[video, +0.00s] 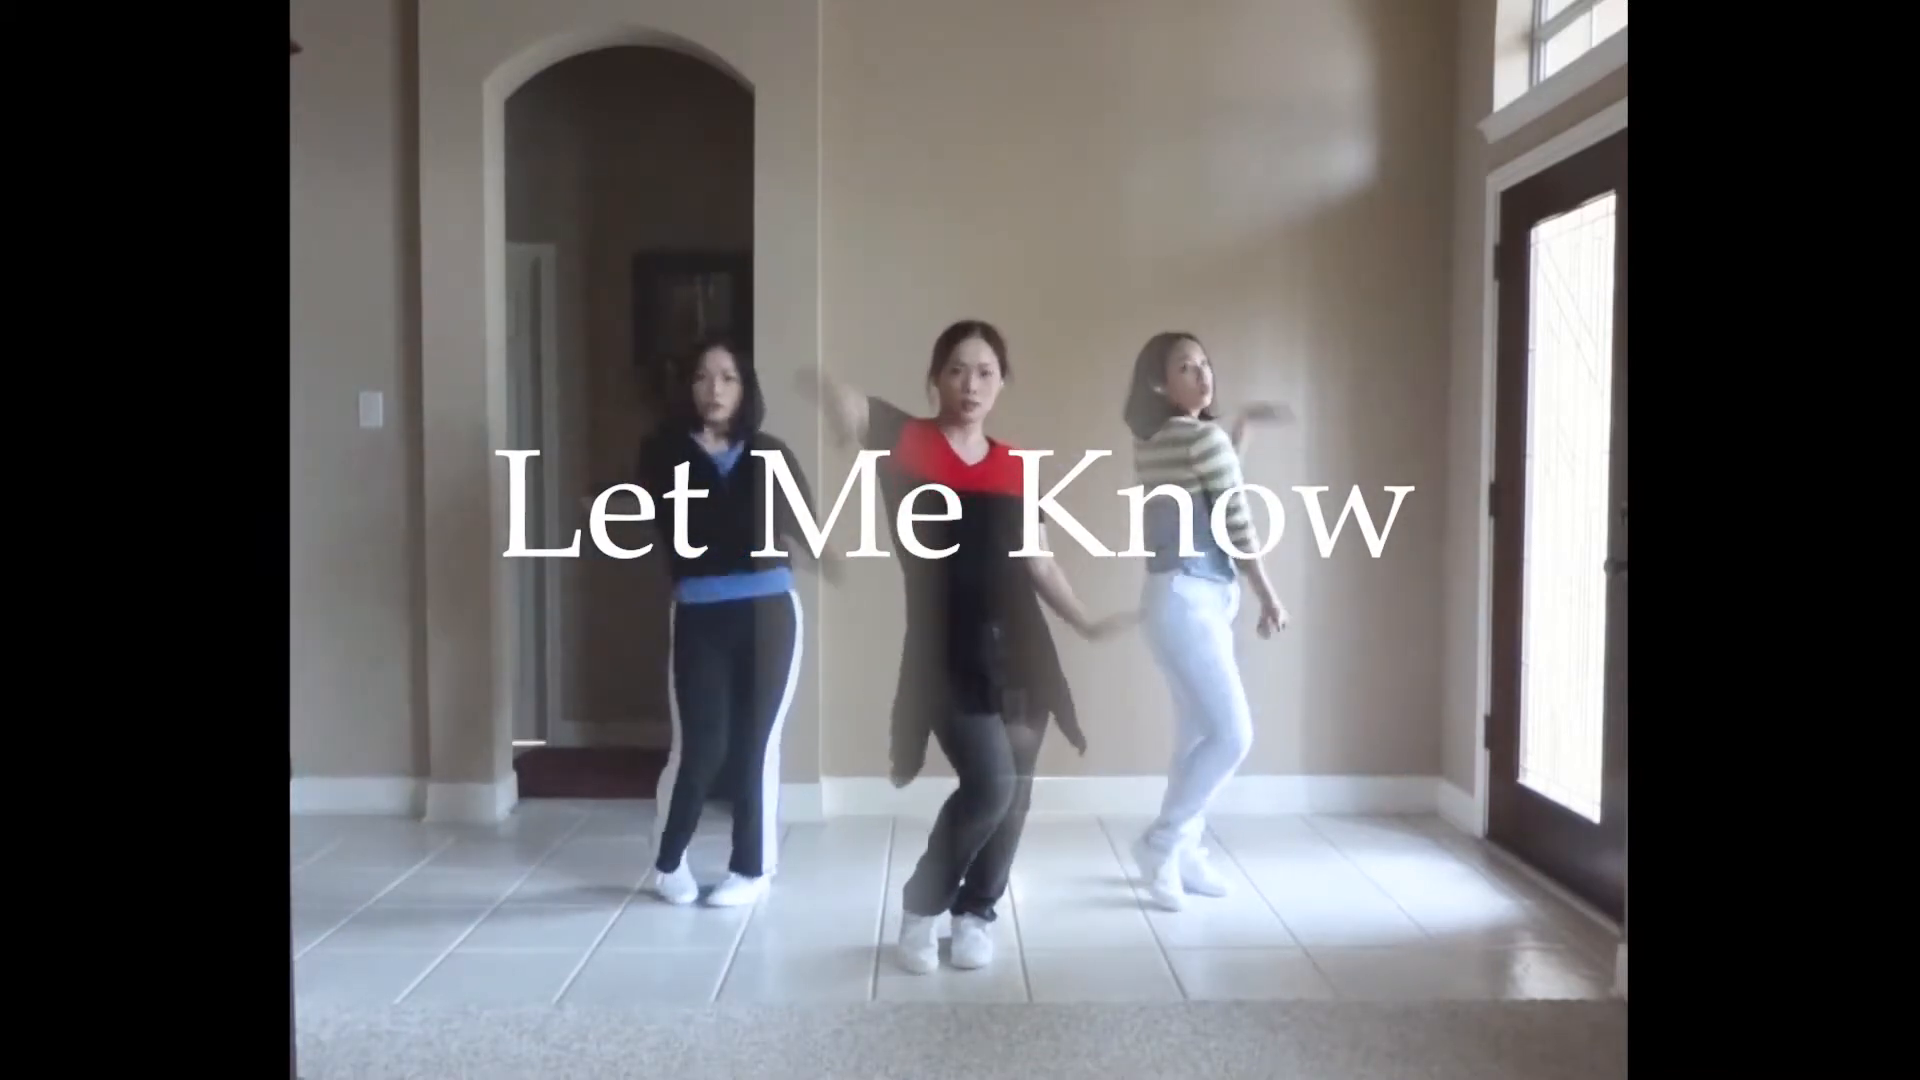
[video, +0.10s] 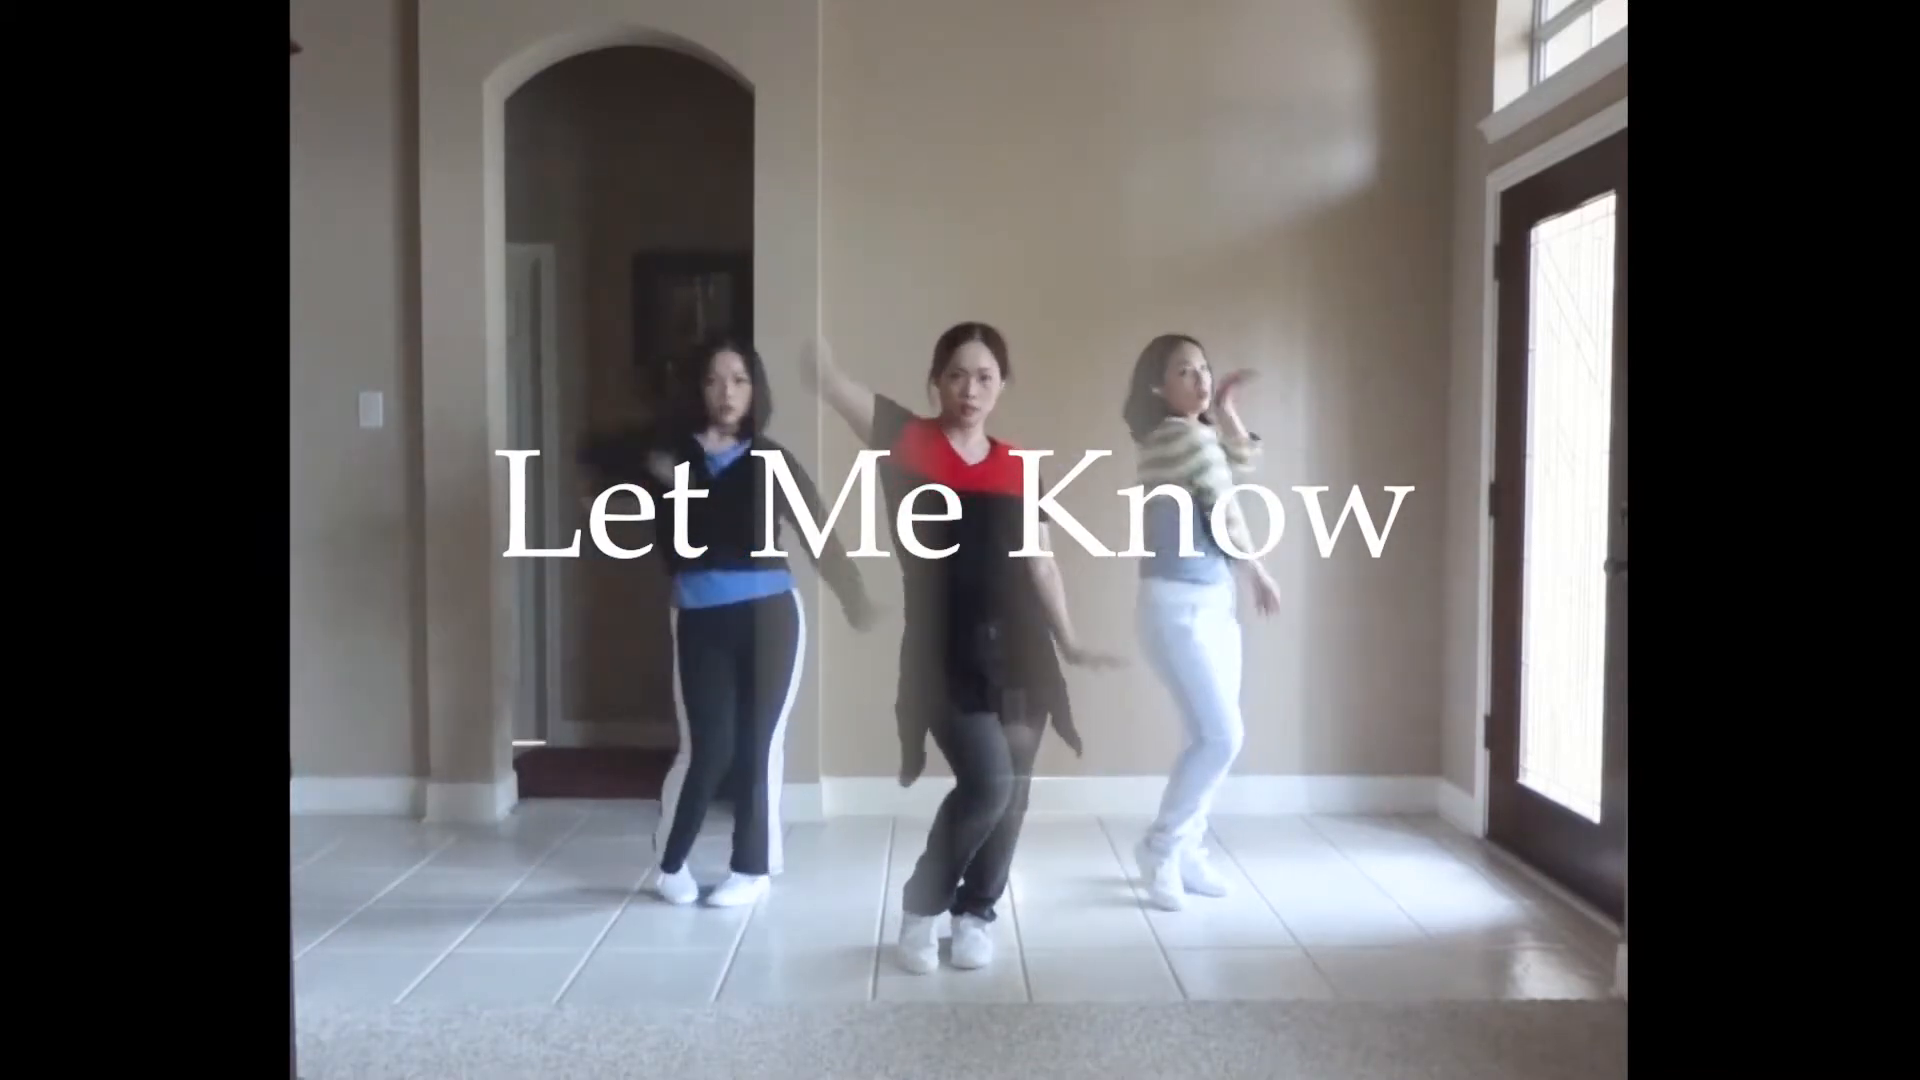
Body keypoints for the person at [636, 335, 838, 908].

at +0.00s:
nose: (714, 388)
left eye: (727, 378)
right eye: (704, 377)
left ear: (746, 388)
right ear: (689, 386)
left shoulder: (770, 453)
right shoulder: (666, 452)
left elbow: (809, 530)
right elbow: (646, 526)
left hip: (767, 610)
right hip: (700, 612)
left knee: (752, 748)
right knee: (704, 747)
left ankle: (749, 871)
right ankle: (670, 861)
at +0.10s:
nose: (726, 392)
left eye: (738, 381)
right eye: (715, 381)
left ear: (754, 390)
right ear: (700, 389)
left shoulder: (772, 459)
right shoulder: (673, 456)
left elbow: (818, 533)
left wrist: (854, 598)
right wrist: (645, 470)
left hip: (768, 610)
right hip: (702, 614)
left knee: (755, 747)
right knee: (712, 746)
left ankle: (750, 870)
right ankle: (671, 866)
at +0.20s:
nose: (731, 393)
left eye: (743, 383)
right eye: (721, 382)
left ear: (759, 393)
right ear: (703, 388)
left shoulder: (773, 460)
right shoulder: (674, 448)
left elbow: (810, 540)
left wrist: (841, 608)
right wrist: (608, 408)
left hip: (770, 610)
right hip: (701, 615)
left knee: (758, 749)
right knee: (712, 750)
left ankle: (749, 873)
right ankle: (671, 868)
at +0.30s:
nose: (731, 399)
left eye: (743, 387)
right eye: (720, 386)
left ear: (761, 396)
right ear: (701, 393)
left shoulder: (774, 462)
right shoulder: (674, 444)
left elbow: (806, 537)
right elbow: (634, 404)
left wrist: (825, 614)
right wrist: (596, 359)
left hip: (769, 615)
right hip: (703, 618)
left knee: (757, 752)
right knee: (715, 750)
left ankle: (750, 874)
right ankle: (669, 865)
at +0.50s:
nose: (735, 383)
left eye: (746, 372)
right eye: (724, 373)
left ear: (764, 383)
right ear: (710, 383)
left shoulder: (786, 456)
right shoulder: (687, 438)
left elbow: (812, 538)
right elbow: (623, 398)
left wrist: (827, 615)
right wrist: (582, 339)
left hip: (766, 612)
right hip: (699, 612)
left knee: (753, 749)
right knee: (703, 748)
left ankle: (750, 872)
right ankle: (663, 865)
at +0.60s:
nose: (737, 359)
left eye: (747, 351)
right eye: (727, 350)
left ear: (762, 363)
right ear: (708, 361)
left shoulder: (779, 431)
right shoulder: (683, 424)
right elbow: (633, 438)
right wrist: (640, 356)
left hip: (759, 599)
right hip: (694, 596)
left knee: (750, 735)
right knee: (685, 730)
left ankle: (750, 865)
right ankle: (680, 858)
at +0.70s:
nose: (735, 349)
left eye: (747, 343)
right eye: (725, 341)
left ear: (762, 361)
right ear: (707, 356)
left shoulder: (778, 425)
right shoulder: (686, 418)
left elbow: (798, 492)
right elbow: (638, 419)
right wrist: (673, 361)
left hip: (755, 592)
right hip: (693, 588)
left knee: (744, 726)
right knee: (687, 716)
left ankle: (748, 861)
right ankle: (702, 836)